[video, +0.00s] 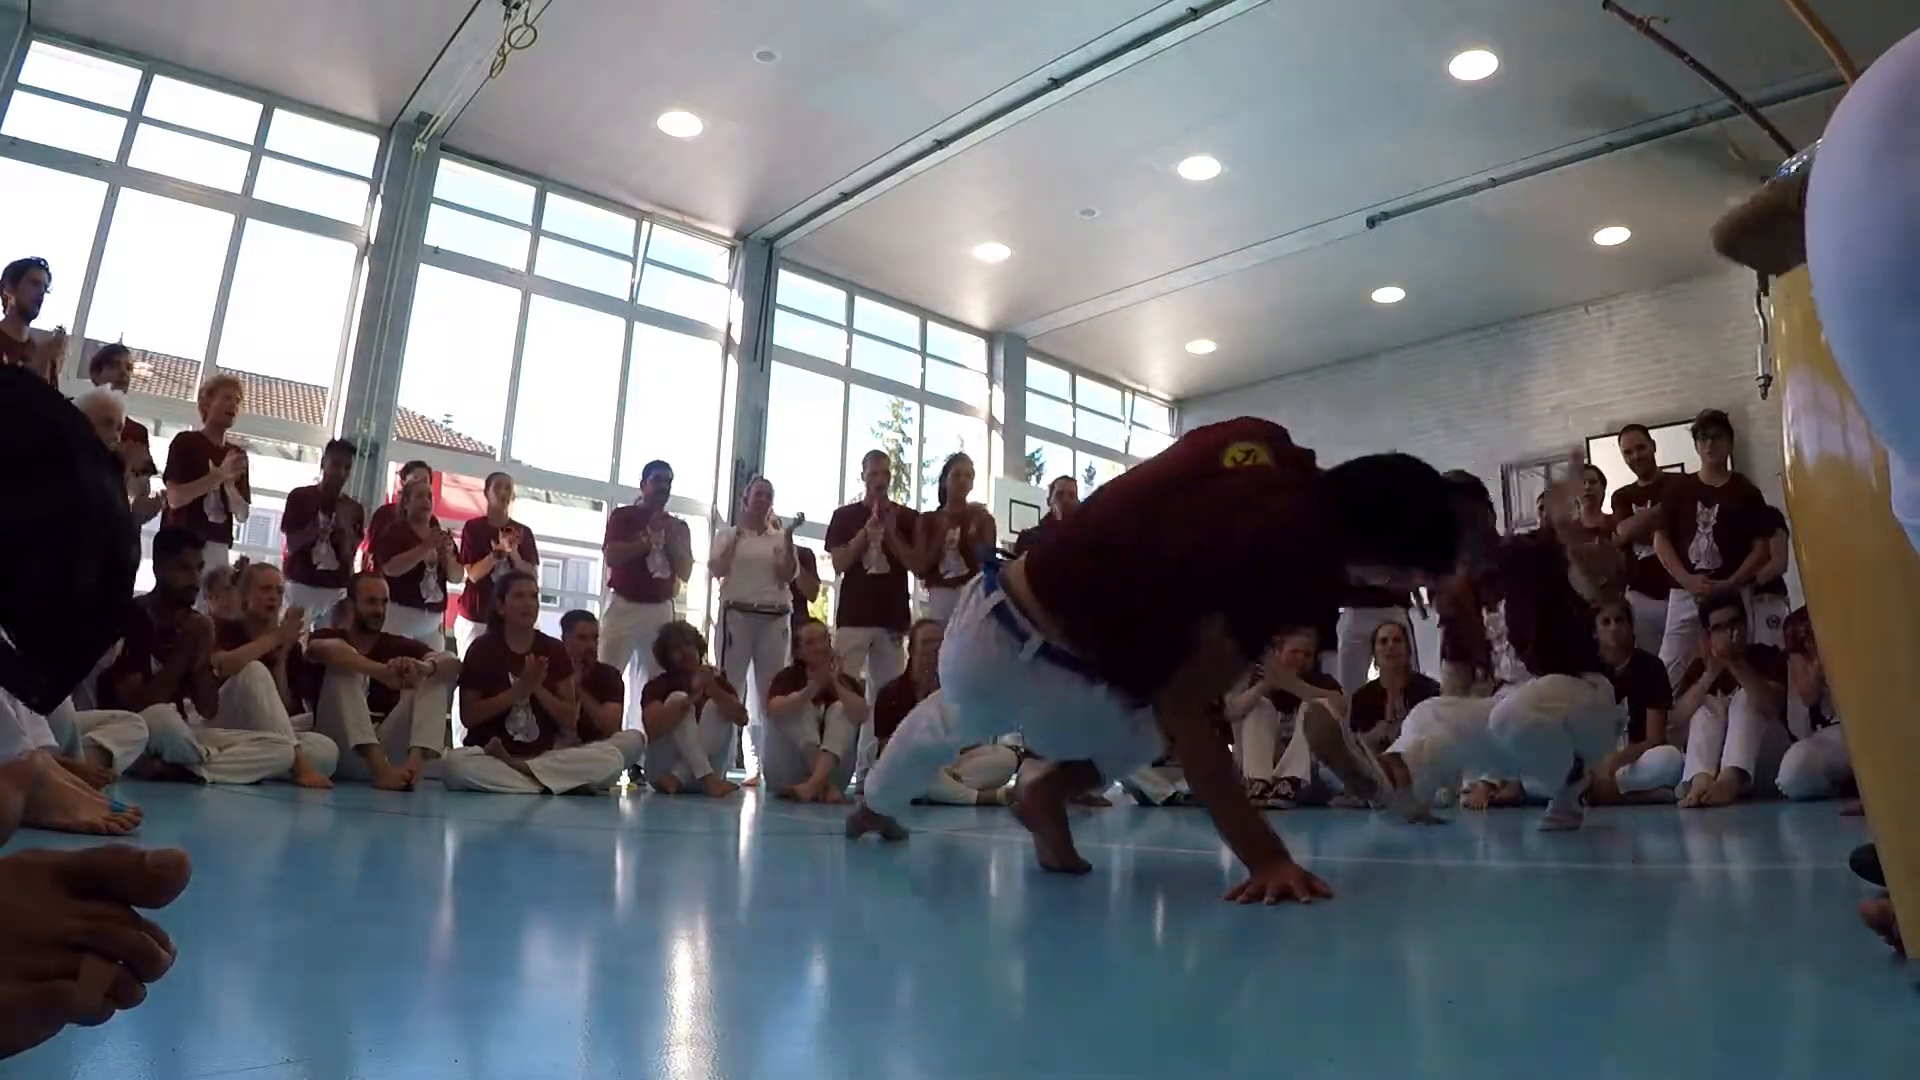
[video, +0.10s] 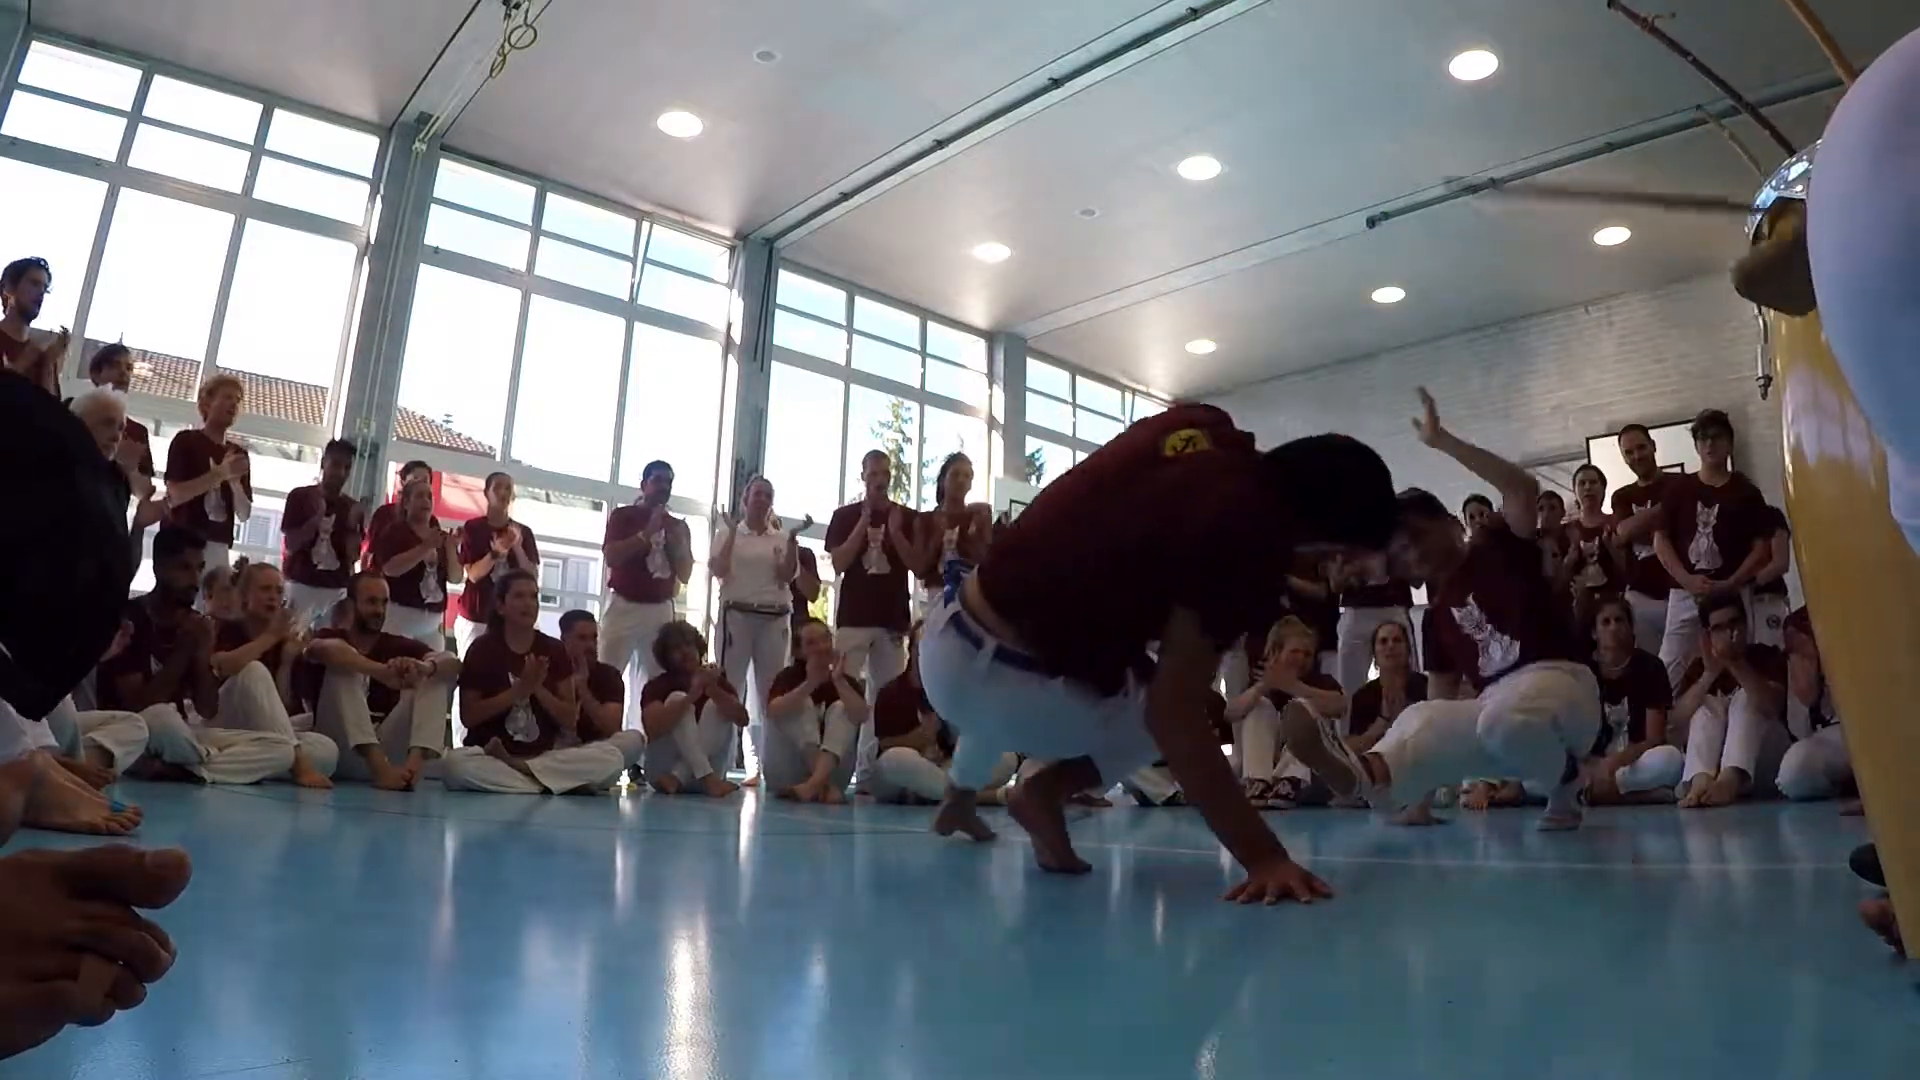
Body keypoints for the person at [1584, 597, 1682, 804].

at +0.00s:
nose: (1613, 627)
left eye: (1620, 621)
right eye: (1606, 622)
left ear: (1631, 628)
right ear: (1595, 633)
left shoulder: (1650, 666)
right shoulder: (1587, 667)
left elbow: (1655, 739)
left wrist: (1614, 761)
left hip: (1632, 756)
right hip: (1588, 755)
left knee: (1669, 759)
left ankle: (1586, 790)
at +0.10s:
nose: (1613, 627)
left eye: (1619, 621)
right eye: (1606, 622)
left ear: (1631, 629)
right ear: (1594, 633)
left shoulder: (1650, 666)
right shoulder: (1582, 669)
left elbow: (1655, 740)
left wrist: (1614, 762)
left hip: (1632, 759)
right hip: (1586, 759)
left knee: (1669, 759)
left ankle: (1581, 789)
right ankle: (1630, 796)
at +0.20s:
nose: (1613, 628)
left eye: (1620, 621)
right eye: (1605, 622)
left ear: (1631, 628)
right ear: (1594, 632)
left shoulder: (1650, 666)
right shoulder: (1579, 670)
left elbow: (1654, 739)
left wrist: (1612, 763)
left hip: (1635, 757)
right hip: (1591, 759)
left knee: (1670, 759)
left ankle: (1584, 792)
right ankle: (1639, 796)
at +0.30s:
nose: (1613, 627)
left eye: (1620, 621)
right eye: (1606, 622)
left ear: (1631, 629)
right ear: (1594, 633)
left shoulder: (1650, 667)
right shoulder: (1577, 672)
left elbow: (1655, 739)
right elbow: (1564, 730)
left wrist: (1611, 763)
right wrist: (1571, 760)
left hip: (1636, 758)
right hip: (1588, 763)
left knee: (1670, 759)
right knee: (1533, 778)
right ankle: (1636, 797)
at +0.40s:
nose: (1613, 628)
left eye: (1620, 621)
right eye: (1606, 622)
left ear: (1631, 629)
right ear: (1594, 633)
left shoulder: (1651, 667)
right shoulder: (1578, 672)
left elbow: (1655, 739)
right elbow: (1569, 737)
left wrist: (1610, 764)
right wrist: (1573, 762)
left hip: (1635, 761)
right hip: (1589, 764)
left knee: (1670, 760)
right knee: (1531, 775)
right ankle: (1631, 798)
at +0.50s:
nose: (1614, 628)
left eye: (1620, 621)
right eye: (1606, 623)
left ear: (1631, 629)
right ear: (1594, 633)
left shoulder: (1650, 667)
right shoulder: (1578, 672)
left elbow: (1655, 739)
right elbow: (1570, 736)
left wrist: (1611, 763)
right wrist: (1573, 761)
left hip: (1635, 761)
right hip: (1589, 764)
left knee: (1670, 759)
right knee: (1531, 775)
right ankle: (1631, 798)